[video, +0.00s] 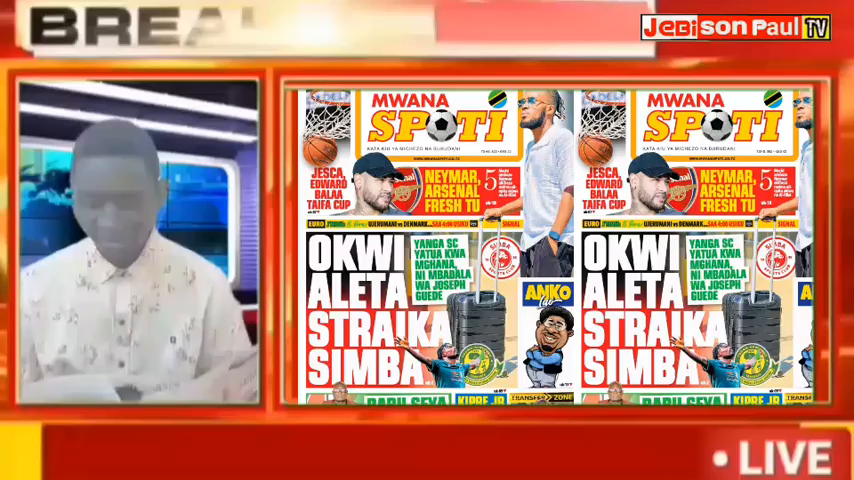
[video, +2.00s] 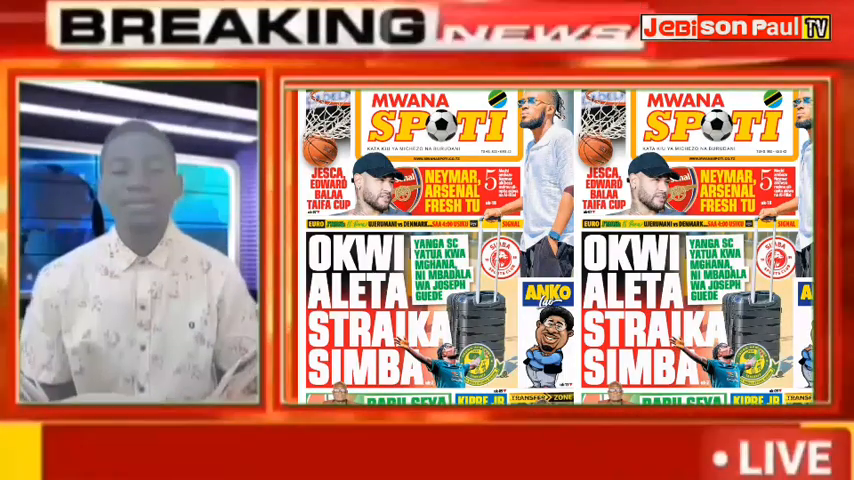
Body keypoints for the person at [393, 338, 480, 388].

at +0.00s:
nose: (453, 348)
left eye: (453, 347)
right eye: (449, 347)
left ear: (455, 352)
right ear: (443, 354)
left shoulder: (462, 367)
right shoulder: (439, 365)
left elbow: (474, 365)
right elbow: (423, 359)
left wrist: (477, 361)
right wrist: (408, 348)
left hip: (461, 402)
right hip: (444, 402)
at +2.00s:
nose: (453, 348)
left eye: (453, 347)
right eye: (449, 347)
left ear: (455, 351)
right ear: (443, 354)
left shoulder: (462, 367)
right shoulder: (438, 365)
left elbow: (474, 365)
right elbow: (423, 359)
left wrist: (478, 360)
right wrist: (408, 348)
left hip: (461, 402)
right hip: (444, 403)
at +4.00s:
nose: (453, 348)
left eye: (453, 347)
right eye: (449, 347)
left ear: (455, 351)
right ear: (443, 354)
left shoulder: (462, 367)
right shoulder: (438, 365)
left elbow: (474, 365)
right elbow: (423, 359)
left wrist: (478, 360)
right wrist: (408, 348)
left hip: (461, 402)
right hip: (444, 403)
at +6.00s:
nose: (453, 348)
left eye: (453, 347)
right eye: (449, 348)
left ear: (456, 352)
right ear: (443, 354)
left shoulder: (462, 367)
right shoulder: (439, 365)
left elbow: (474, 365)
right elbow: (423, 359)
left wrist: (478, 360)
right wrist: (408, 348)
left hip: (461, 402)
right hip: (445, 403)